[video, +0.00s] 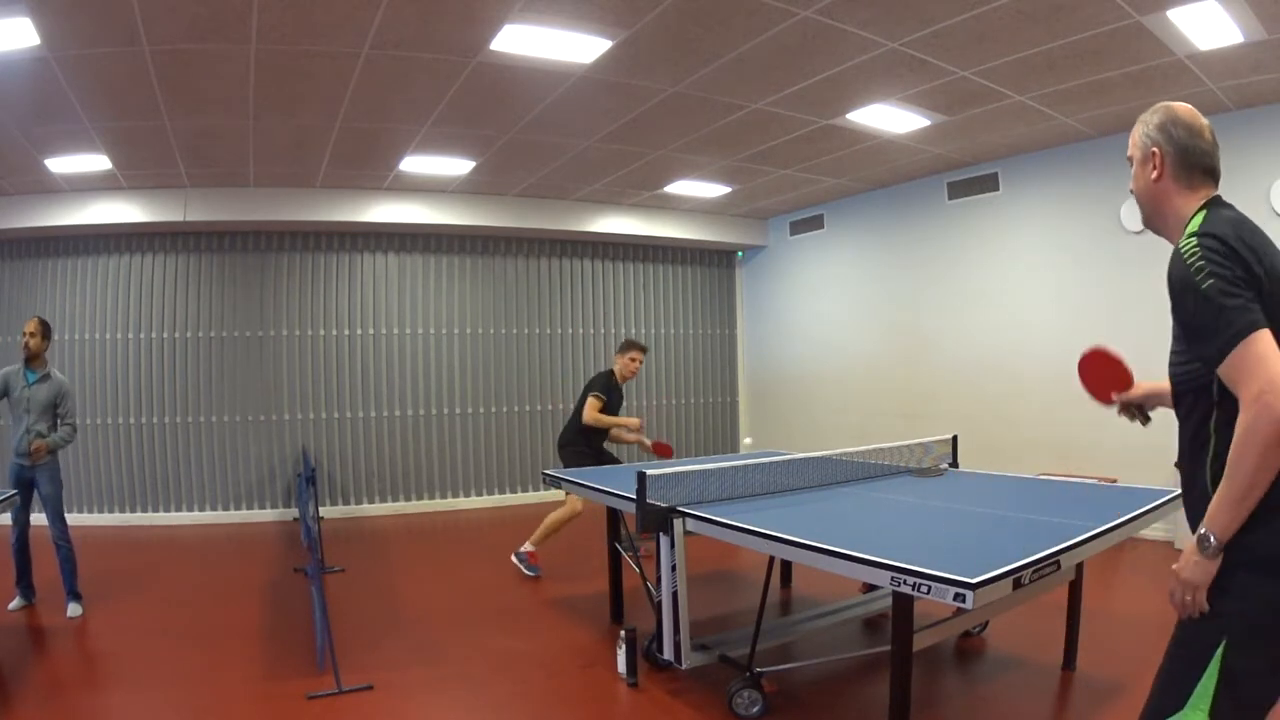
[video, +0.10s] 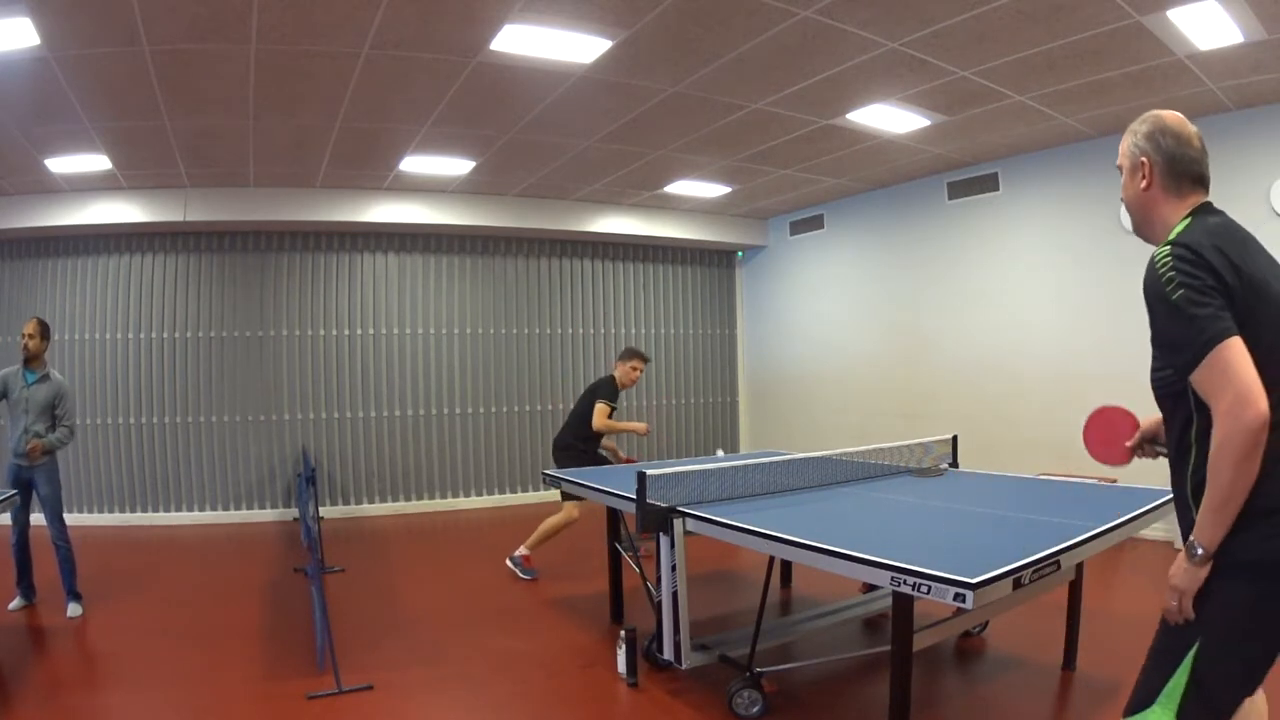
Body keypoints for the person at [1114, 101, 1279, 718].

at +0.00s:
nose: (1129, 184)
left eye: (1132, 164)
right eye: (1129, 165)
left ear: (1156, 163)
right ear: (1206, 164)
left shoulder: (1198, 256)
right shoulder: (1242, 237)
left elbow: (1268, 400)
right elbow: (1249, 369)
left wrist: (1206, 543)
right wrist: (1163, 394)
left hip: (1250, 556)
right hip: (1261, 547)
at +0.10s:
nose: (1120, 192)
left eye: (1122, 173)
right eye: (1120, 174)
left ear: (1144, 173)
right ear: (1194, 172)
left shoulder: (1174, 263)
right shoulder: (1238, 243)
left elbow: (1244, 412)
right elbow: (1258, 376)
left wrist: (1196, 552)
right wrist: (1176, 422)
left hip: (1243, 566)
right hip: (1268, 552)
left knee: (1155, 713)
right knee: (1191, 707)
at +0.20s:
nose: (1118, 196)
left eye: (1119, 179)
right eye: (1118, 180)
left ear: (1140, 180)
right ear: (1191, 179)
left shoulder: (1165, 265)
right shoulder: (1235, 247)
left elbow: (1224, 417)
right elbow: (1262, 382)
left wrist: (1185, 553)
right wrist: (1175, 435)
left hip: (1236, 549)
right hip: (1270, 532)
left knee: (1145, 707)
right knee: (1234, 664)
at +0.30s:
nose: (1122, 208)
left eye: (1123, 191)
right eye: (1123, 192)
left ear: (1144, 192)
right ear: (1193, 190)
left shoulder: (1168, 269)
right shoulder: (1235, 256)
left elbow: (1218, 417)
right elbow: (1261, 388)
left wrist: (1181, 551)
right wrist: (1176, 448)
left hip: (1238, 547)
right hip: (1270, 532)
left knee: (1145, 708)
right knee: (1245, 676)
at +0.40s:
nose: (1128, 228)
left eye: (1130, 212)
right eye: (1128, 213)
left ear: (1151, 215)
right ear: (1193, 214)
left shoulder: (1179, 290)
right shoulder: (1230, 274)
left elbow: (1229, 430)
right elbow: (1258, 396)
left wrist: (1184, 557)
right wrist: (1179, 457)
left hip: (1247, 548)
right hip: (1269, 533)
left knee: (1147, 710)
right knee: (1243, 677)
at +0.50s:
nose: (1129, 253)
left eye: (1132, 237)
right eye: (1130, 238)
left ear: (1153, 240)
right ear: (1190, 237)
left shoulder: (1190, 306)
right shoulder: (1224, 292)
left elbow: (1244, 437)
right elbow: (1246, 423)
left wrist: (1198, 561)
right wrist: (1171, 481)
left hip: (1257, 554)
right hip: (1268, 542)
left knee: (1160, 707)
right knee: (1235, 670)